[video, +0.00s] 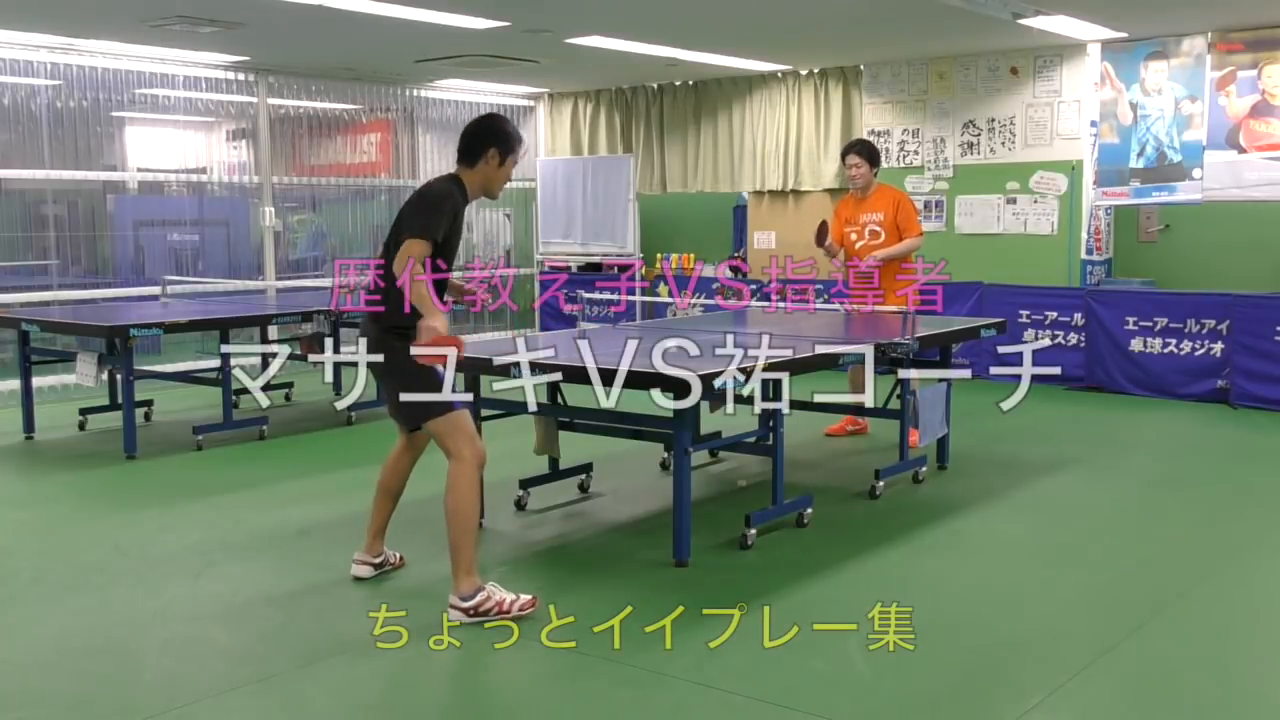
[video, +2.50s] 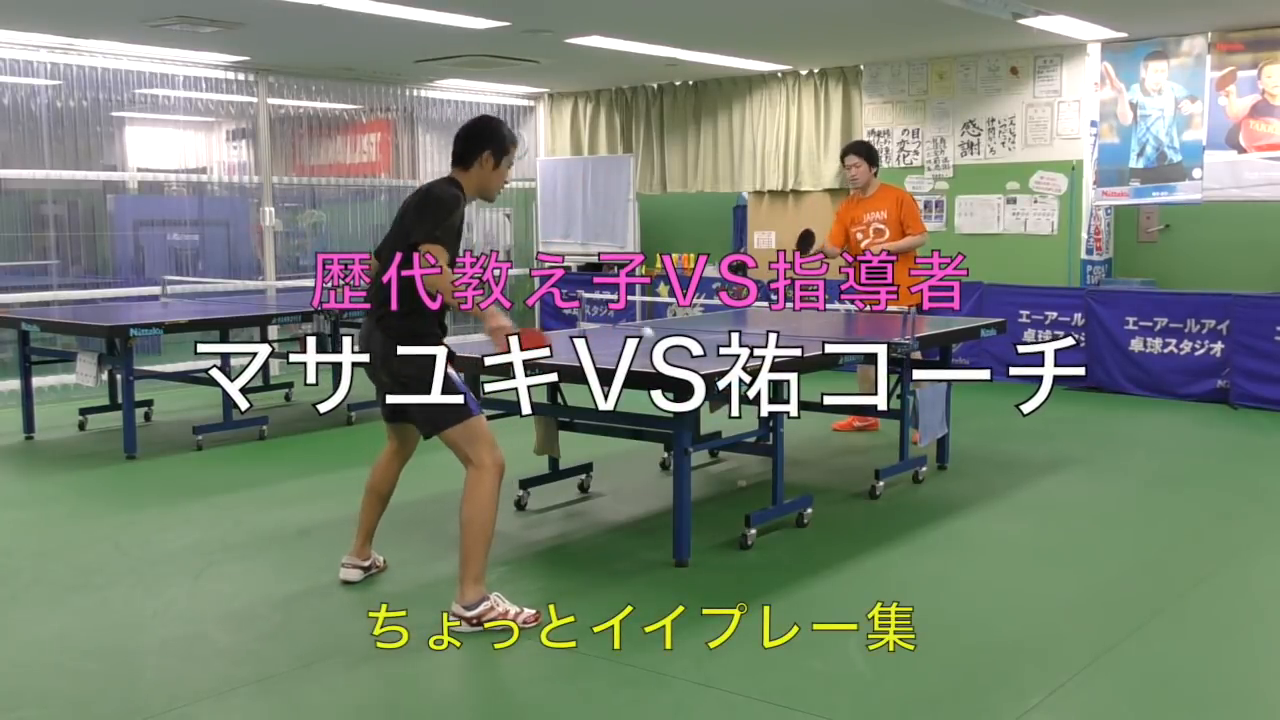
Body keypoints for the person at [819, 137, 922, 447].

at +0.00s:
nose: (853, 172)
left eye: (858, 165)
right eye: (848, 167)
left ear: (873, 167)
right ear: (844, 170)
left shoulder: (895, 198)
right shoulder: (843, 206)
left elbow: (915, 239)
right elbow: (838, 252)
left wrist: (879, 254)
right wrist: (829, 246)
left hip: (896, 293)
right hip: (860, 293)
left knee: (903, 356)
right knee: (856, 353)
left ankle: (912, 423)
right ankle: (857, 416)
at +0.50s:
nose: (844, 191)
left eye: (848, 184)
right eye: (841, 185)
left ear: (865, 179)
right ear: (845, 183)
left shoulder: (886, 206)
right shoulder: (866, 206)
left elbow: (909, 250)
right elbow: (873, 249)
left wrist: (876, 265)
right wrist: (854, 264)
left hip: (898, 298)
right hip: (876, 298)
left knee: (901, 363)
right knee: (867, 357)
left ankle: (913, 423)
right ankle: (857, 416)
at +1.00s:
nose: (856, 175)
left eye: (861, 169)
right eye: (852, 170)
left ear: (877, 170)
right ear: (848, 173)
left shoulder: (899, 201)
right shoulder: (854, 206)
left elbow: (919, 243)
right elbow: (846, 249)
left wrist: (884, 255)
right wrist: (836, 262)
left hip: (901, 296)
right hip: (868, 297)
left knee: (908, 361)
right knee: (865, 355)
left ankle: (913, 423)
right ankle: (865, 414)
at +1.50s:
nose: (839, 184)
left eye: (843, 177)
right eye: (837, 178)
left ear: (861, 176)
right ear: (841, 178)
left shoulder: (893, 202)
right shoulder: (844, 211)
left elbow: (914, 241)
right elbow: (824, 245)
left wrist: (882, 252)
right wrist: (805, 237)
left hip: (904, 295)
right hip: (869, 297)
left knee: (914, 359)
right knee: (866, 355)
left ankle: (923, 420)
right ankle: (867, 413)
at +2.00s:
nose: (847, 182)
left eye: (852, 176)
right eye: (844, 177)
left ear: (870, 175)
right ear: (843, 177)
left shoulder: (892, 203)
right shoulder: (858, 208)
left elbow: (913, 245)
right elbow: (860, 254)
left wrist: (882, 258)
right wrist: (835, 279)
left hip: (900, 298)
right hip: (870, 298)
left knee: (912, 359)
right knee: (866, 354)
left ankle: (926, 417)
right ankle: (867, 413)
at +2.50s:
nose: (850, 173)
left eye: (856, 166)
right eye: (846, 168)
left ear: (873, 167)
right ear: (844, 171)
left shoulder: (898, 197)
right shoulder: (846, 207)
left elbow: (920, 237)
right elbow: (834, 249)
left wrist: (886, 246)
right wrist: (821, 248)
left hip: (904, 295)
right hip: (867, 297)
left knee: (913, 357)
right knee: (866, 354)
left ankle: (923, 419)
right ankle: (866, 413)